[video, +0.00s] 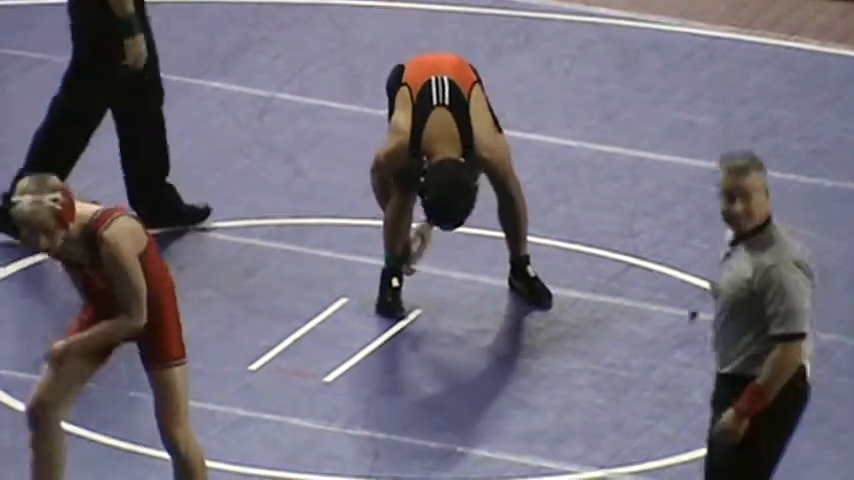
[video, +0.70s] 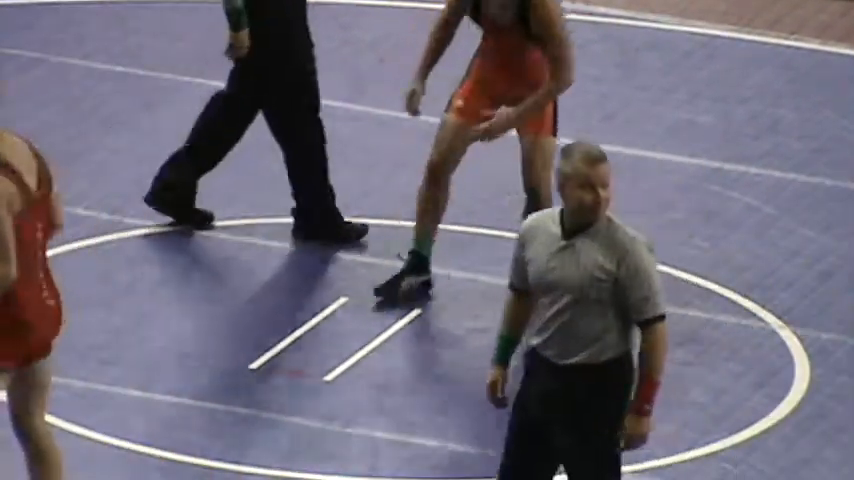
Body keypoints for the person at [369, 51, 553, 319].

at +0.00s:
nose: (444, 228)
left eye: (451, 225)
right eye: (438, 223)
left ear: (473, 183)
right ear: (424, 186)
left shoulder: (492, 150)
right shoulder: (397, 151)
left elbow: (515, 200)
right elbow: (378, 177)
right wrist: (396, 230)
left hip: (464, 73)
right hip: (408, 76)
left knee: (506, 190)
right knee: (403, 192)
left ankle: (521, 268)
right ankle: (391, 277)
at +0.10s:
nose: (433, 221)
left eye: (443, 219)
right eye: (431, 215)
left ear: (469, 178)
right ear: (421, 183)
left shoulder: (488, 145)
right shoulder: (395, 141)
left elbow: (513, 196)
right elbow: (371, 164)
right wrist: (384, 216)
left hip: (464, 73)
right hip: (408, 73)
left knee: (503, 188)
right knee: (402, 186)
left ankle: (521, 267)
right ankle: (391, 276)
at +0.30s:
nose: (442, 193)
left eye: (446, 189)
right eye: (438, 189)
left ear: (462, 158)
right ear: (416, 145)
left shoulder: (482, 134)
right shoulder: (397, 111)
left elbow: (463, 194)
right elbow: (350, 131)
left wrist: (421, 236)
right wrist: (352, 197)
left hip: (469, 65)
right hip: (415, 63)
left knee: (502, 180)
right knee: (402, 187)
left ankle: (520, 264)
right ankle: (391, 276)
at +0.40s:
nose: (439, 152)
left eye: (449, 150)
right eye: (434, 145)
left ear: (466, 132)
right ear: (422, 115)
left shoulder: (487, 120)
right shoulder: (405, 88)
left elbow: (459, 185)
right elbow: (353, 114)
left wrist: (418, 230)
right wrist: (347, 180)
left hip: (480, 59)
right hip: (427, 53)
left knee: (507, 177)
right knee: (410, 179)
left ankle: (525, 256)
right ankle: (392, 273)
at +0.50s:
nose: (455, 100)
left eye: (462, 93)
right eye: (447, 91)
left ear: (481, 82)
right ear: (436, 74)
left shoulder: (504, 81)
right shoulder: (424, 55)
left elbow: (482, 148)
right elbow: (376, 81)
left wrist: (426, 190)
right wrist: (360, 142)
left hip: (496, 101)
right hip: (443, 92)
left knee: (517, 187)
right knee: (418, 182)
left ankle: (530, 254)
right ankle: (394, 274)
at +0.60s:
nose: (476, 42)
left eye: (484, 35)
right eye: (469, 33)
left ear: (500, 27)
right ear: (458, 22)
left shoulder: (528, 41)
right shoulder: (443, 21)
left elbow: (516, 114)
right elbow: (414, 47)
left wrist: (460, 150)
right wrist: (391, 104)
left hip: (515, 93)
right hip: (465, 87)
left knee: (526, 189)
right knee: (428, 178)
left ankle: (529, 266)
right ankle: (393, 274)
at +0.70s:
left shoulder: (542, 8)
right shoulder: (468, 3)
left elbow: (563, 78)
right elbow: (446, 25)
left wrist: (514, 116)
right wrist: (420, 78)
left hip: (534, 79)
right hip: (487, 70)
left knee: (538, 192)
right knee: (437, 166)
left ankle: (537, 285)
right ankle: (417, 268)